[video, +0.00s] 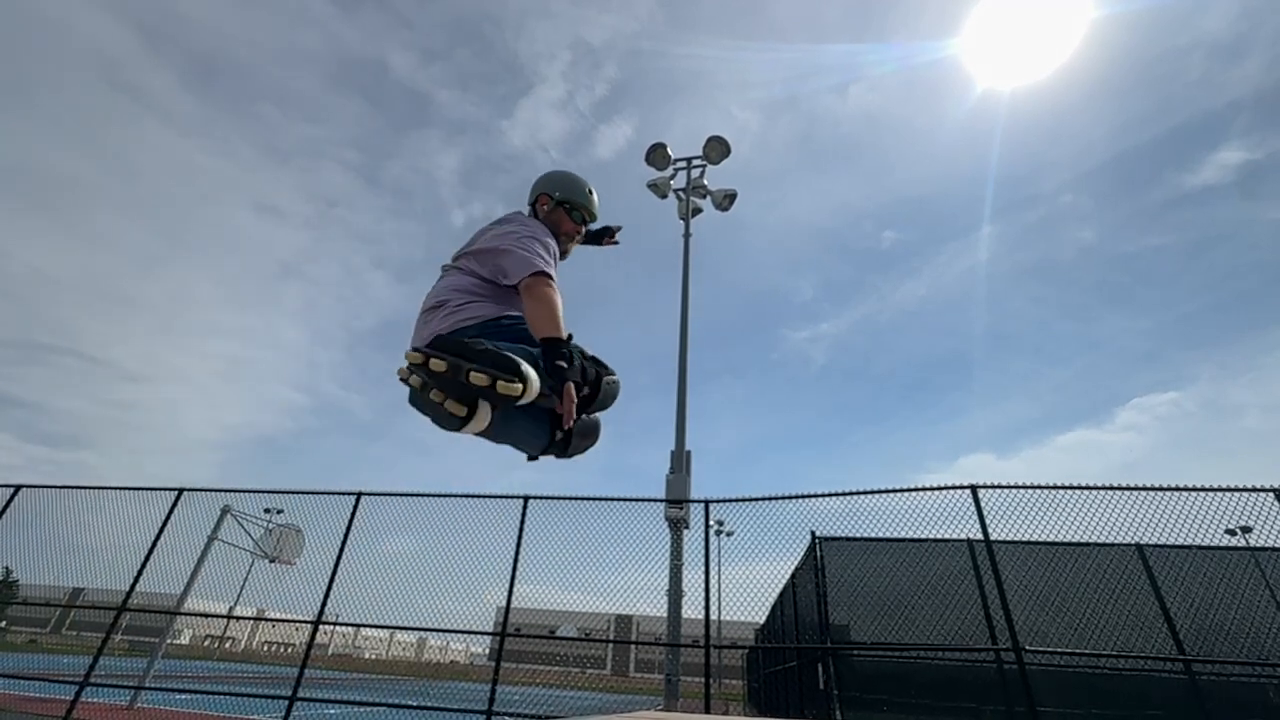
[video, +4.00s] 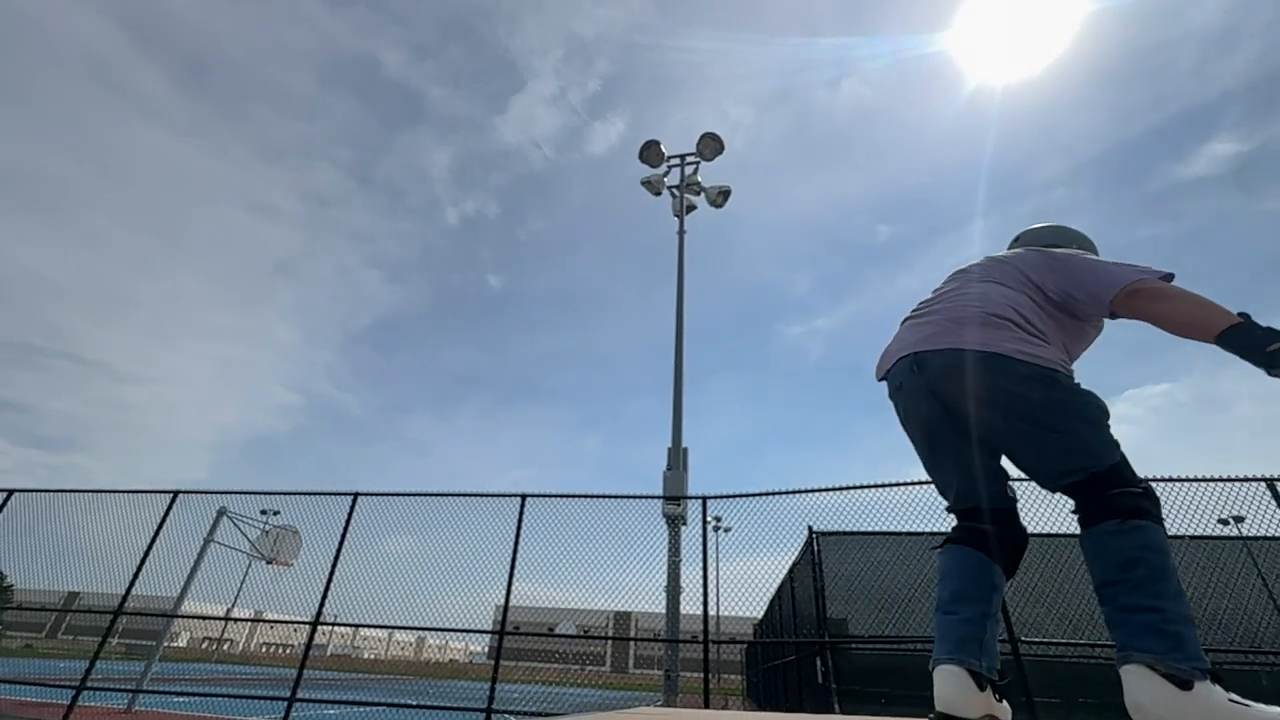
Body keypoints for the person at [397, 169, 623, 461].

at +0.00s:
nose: (580, 231)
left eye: (585, 225)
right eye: (575, 216)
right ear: (544, 204)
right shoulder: (525, 232)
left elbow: (552, 237)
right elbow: (538, 287)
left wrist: (588, 237)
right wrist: (558, 358)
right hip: (467, 322)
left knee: (579, 433)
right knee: (600, 380)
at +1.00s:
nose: (708, 218)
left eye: (712, 210)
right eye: (704, 203)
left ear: (671, 190)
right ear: (674, 190)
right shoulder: (659, 215)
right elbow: (672, 267)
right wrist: (687, 331)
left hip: (545, 338)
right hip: (595, 298)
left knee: (676, 421)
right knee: (719, 372)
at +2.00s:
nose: (815, 229)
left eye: (819, 224)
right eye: (815, 216)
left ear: (778, 198)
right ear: (791, 198)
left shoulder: (726, 223)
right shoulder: (775, 214)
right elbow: (805, 261)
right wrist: (841, 326)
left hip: (659, 332)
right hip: (715, 303)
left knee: (765, 411)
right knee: (818, 393)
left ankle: (736, 461)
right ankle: (778, 448)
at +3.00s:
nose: (951, 254)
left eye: (954, 249)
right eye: (947, 244)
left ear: (896, 220)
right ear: (931, 227)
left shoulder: (836, 259)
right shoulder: (907, 227)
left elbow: (798, 317)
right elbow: (941, 264)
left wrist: (769, 366)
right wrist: (1018, 319)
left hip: (795, 368)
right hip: (860, 348)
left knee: (882, 508)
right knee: (948, 493)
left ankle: (904, 679)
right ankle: (975, 681)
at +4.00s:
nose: (1095, 277)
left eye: (1091, 271)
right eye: (1089, 267)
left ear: (1019, 250)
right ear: (1073, 256)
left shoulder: (972, 275)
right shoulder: (1069, 262)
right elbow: (1152, 297)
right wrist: (1254, 339)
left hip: (909, 368)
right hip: (1004, 354)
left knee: (983, 522)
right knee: (1113, 496)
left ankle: (959, 671)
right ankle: (1166, 674)